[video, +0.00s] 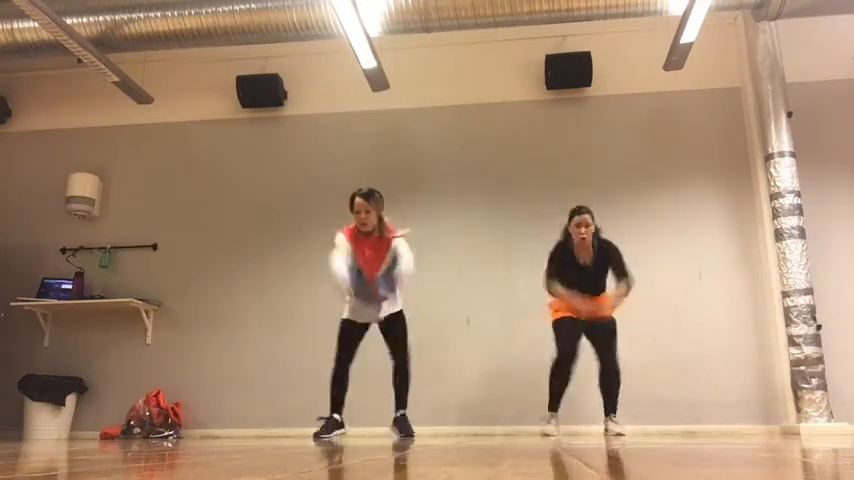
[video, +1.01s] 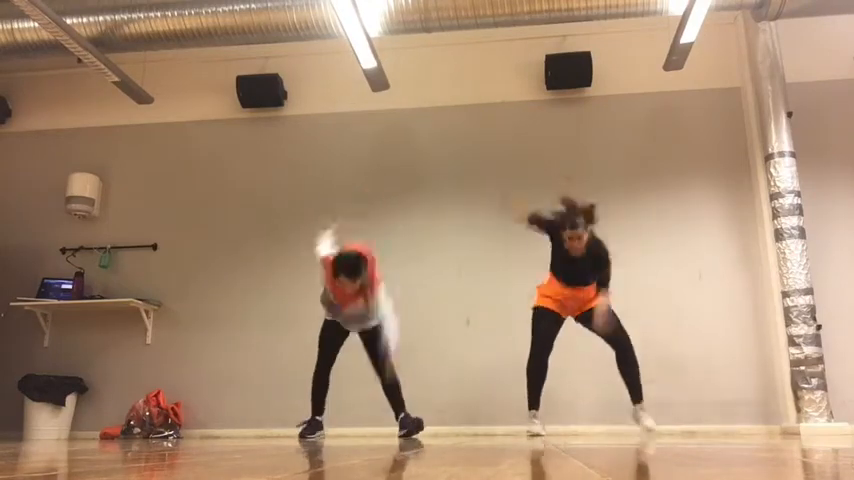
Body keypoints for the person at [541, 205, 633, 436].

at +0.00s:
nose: (582, 229)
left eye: (586, 224)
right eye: (577, 225)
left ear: (594, 227)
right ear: (569, 229)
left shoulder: (607, 249)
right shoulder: (561, 250)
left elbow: (626, 281)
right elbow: (551, 284)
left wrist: (612, 302)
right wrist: (577, 302)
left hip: (599, 309)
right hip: (567, 309)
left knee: (609, 360)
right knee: (566, 356)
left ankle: (610, 418)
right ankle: (552, 415)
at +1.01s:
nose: (575, 244)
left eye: (579, 238)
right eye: (570, 239)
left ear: (588, 233)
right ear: (562, 235)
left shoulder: (598, 251)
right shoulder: (556, 233)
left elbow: (603, 288)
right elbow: (540, 223)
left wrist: (601, 310)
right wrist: (528, 219)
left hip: (587, 303)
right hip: (553, 299)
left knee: (622, 343)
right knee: (539, 351)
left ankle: (639, 408)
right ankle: (533, 416)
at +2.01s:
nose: (566, 201)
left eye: (571, 196)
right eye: (563, 196)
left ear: (582, 196)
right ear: (557, 198)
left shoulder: (594, 211)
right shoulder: (553, 221)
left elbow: (620, 203)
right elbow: (537, 259)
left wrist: (629, 194)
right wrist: (505, 256)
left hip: (587, 287)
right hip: (563, 279)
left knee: (588, 349)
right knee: (553, 221)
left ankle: (576, 413)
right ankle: (539, 280)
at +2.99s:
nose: (563, 181)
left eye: (567, 176)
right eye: (559, 177)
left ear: (576, 179)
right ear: (551, 180)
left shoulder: (585, 204)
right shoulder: (543, 197)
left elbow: (615, 213)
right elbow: (518, 189)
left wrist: (610, 186)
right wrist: (498, 175)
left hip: (573, 269)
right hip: (543, 271)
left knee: (605, 254)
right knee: (519, 315)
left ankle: (604, 314)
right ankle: (517, 389)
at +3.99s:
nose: (554, 200)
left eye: (558, 195)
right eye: (548, 196)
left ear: (567, 196)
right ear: (542, 199)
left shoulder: (579, 213)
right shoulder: (534, 206)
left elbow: (622, 215)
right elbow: (503, 191)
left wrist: (665, 212)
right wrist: (488, 165)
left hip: (582, 270)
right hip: (553, 279)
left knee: (578, 282)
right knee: (543, 339)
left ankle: (592, 351)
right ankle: (545, 398)